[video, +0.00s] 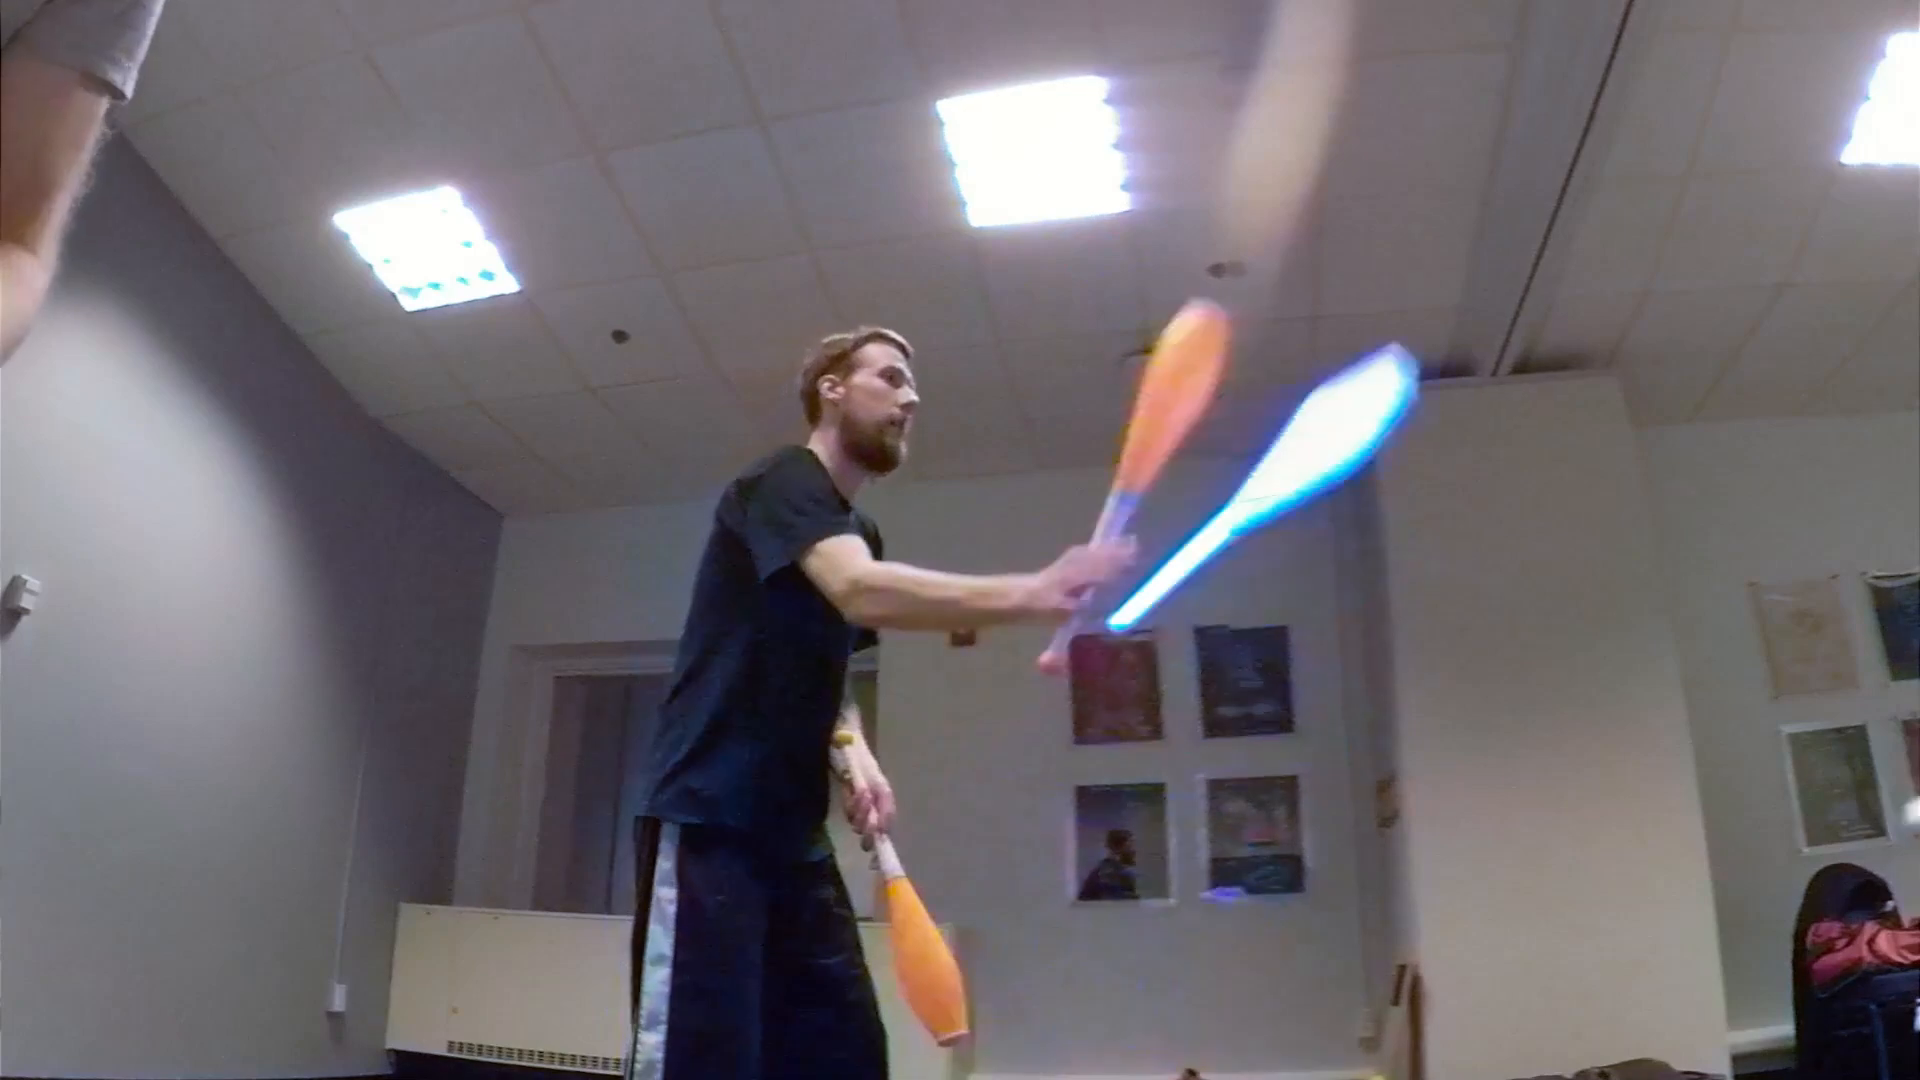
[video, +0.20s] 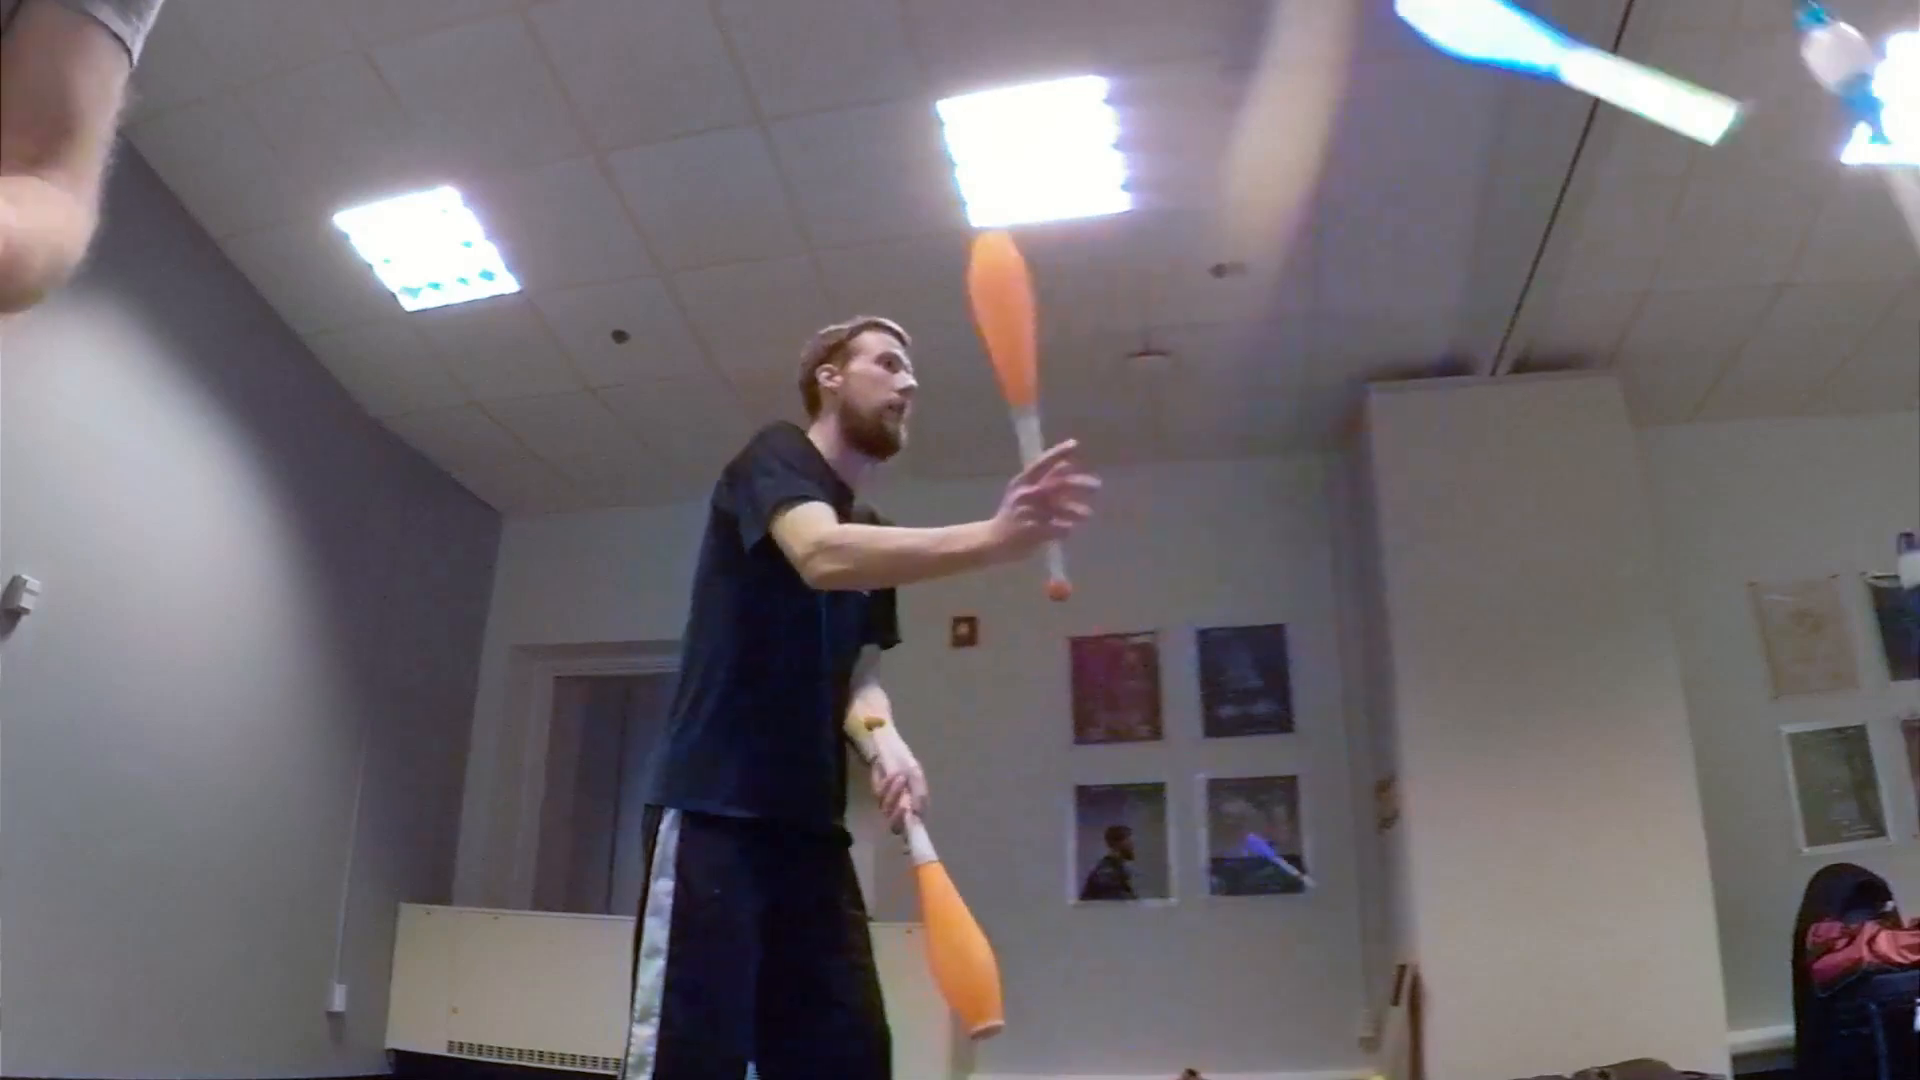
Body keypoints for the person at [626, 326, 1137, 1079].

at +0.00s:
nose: (910, 396)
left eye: (912, 386)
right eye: (889, 377)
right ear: (830, 391)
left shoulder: (848, 536)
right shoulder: (781, 481)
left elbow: (817, 678)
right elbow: (857, 588)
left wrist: (855, 758)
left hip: (788, 829)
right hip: (704, 821)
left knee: (842, 1050)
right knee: (698, 1055)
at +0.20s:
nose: (909, 385)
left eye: (911, 375)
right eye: (888, 363)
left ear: (904, 409)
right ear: (828, 376)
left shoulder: (868, 537)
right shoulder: (776, 453)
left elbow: (855, 679)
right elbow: (820, 555)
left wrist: (883, 740)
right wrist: (995, 535)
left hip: (809, 832)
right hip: (711, 821)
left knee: (843, 1056)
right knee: (691, 1057)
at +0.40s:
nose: (889, 367)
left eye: (890, 357)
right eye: (866, 350)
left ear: (885, 388)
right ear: (806, 369)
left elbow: (865, 674)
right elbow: (669, 607)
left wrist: (925, 659)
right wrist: (818, 657)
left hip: (816, 838)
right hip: (703, 827)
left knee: (875, 1049)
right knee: (681, 1058)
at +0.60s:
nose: (888, 371)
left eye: (886, 359)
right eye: (863, 352)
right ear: (804, 370)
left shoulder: (871, 524)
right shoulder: (741, 474)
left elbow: (966, 611)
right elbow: (667, 631)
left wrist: (1042, 501)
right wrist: (735, 779)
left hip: (832, 843)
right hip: (718, 831)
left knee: (892, 1053)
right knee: (681, 1060)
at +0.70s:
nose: (895, 381)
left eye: (894, 369)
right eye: (873, 361)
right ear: (813, 377)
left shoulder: (875, 532)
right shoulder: (762, 485)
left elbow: (988, 592)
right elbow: (717, 660)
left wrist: (1079, 472)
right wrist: (770, 827)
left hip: (842, 846)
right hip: (744, 841)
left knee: (918, 1053)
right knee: (711, 1065)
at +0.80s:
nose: (915, 384)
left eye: (913, 371)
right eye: (893, 365)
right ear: (835, 382)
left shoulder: (868, 533)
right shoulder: (809, 483)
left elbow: (977, 624)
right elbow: (792, 664)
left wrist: (1058, 521)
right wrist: (869, 835)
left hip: (846, 850)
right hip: (770, 841)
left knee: (934, 1050)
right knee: (742, 1064)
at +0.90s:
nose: (943, 389)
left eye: (938, 375)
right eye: (921, 371)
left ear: (877, 390)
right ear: (866, 384)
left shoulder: (853, 491)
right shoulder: (854, 477)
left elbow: (898, 679)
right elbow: (893, 657)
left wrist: (1025, 631)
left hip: (850, 844)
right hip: (784, 838)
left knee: (932, 1054)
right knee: (741, 1063)